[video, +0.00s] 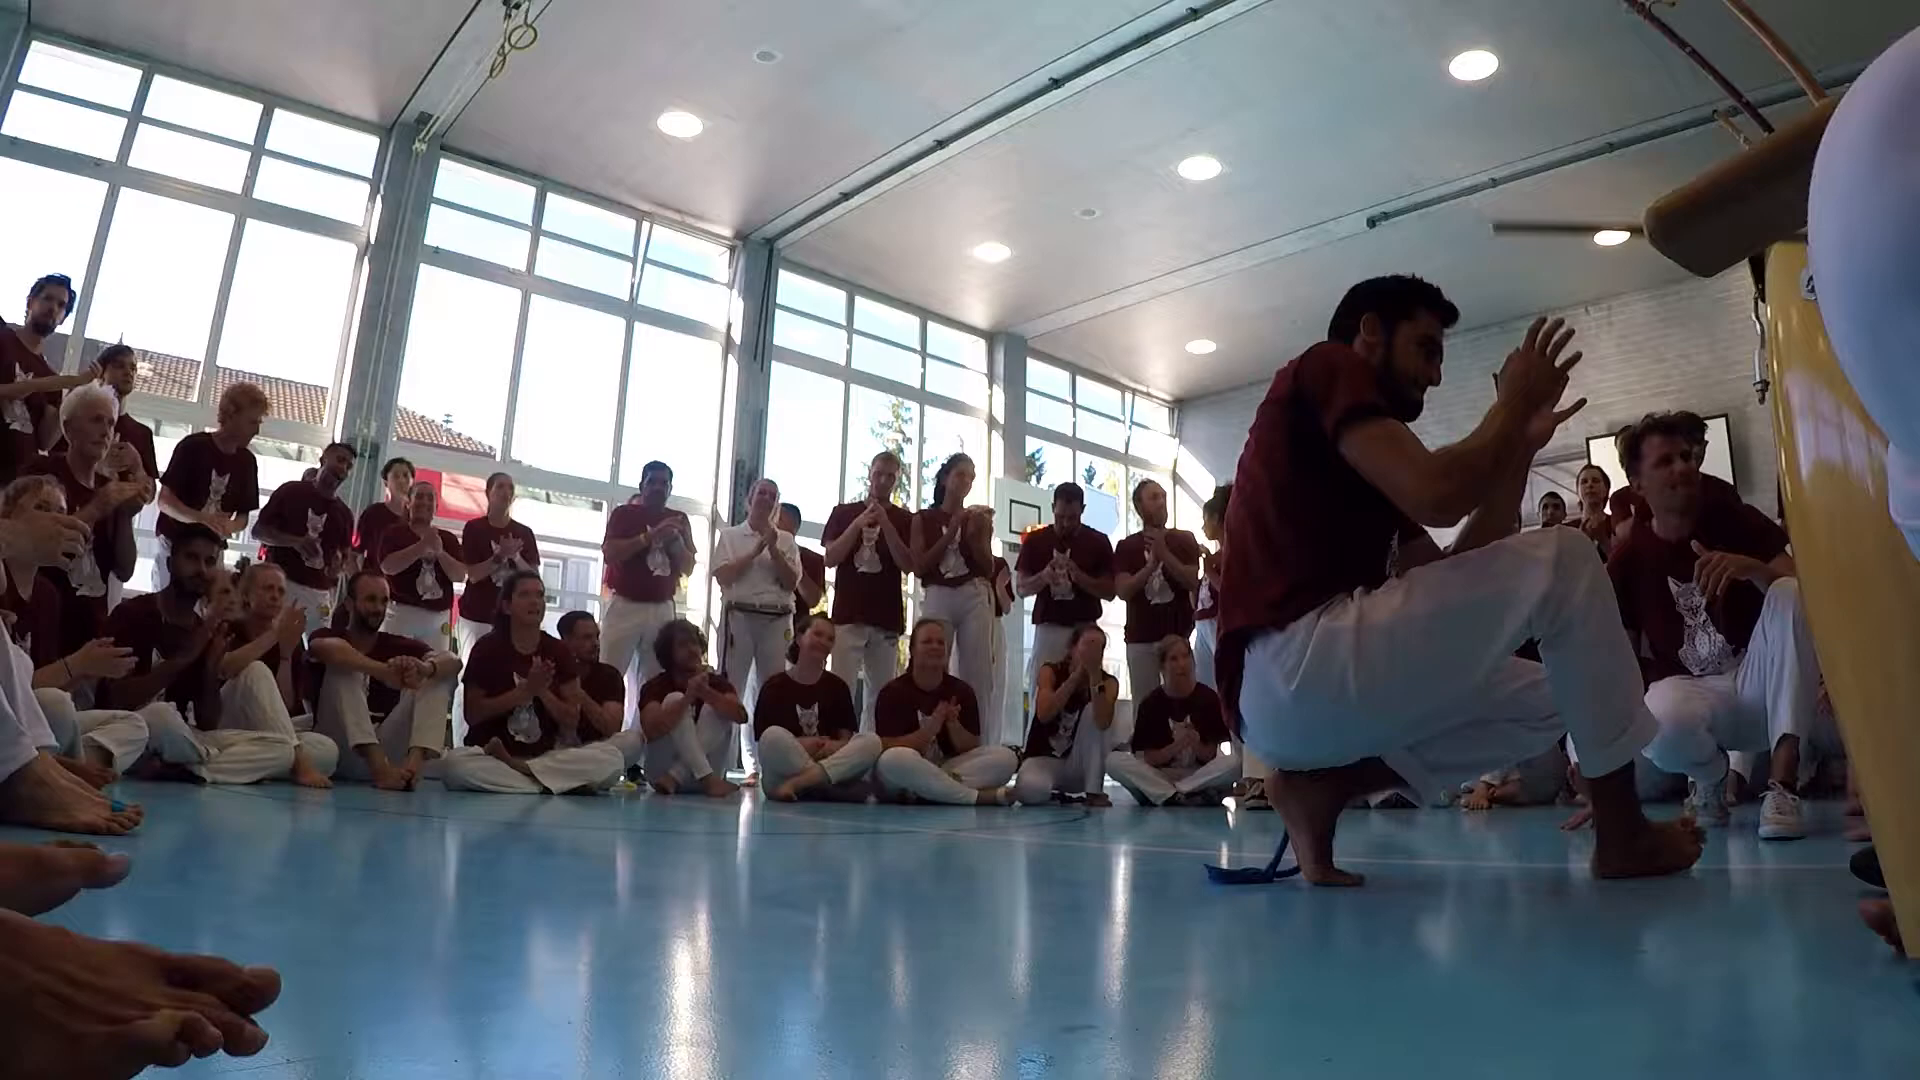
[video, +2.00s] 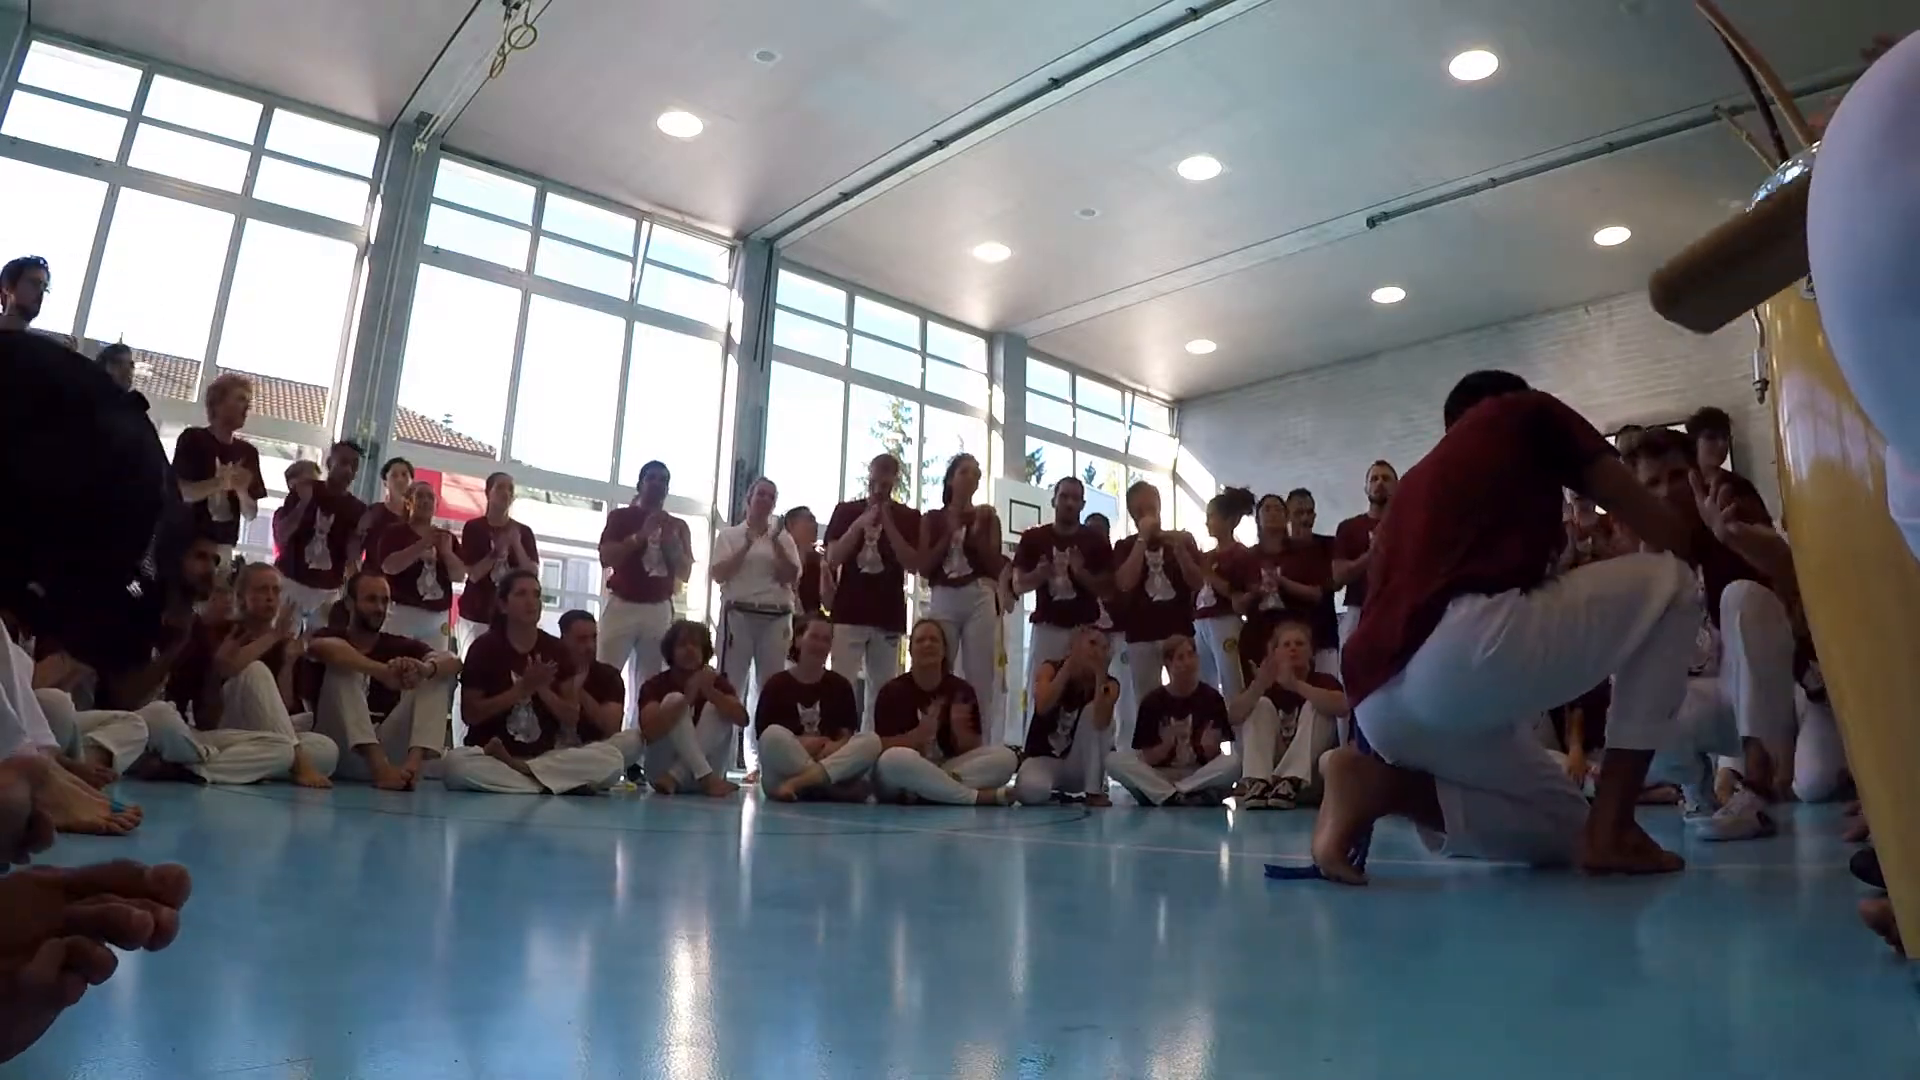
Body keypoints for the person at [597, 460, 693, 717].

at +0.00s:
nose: (658, 487)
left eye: (664, 483)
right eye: (653, 482)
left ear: (670, 487)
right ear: (642, 484)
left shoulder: (678, 519)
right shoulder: (623, 513)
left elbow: (688, 568)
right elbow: (610, 553)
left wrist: (675, 542)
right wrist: (650, 537)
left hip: (661, 609)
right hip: (623, 607)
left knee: (656, 686)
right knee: (606, 682)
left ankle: (650, 748)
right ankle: (598, 746)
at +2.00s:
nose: (657, 484)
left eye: (662, 480)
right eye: (651, 478)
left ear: (668, 487)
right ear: (640, 484)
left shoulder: (678, 526)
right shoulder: (620, 517)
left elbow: (685, 574)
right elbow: (607, 557)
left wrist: (672, 544)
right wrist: (640, 535)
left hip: (658, 610)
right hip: (620, 607)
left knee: (650, 688)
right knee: (605, 682)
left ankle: (645, 752)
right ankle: (598, 748)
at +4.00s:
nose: (659, 482)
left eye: (663, 478)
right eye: (653, 477)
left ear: (668, 485)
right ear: (639, 483)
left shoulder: (677, 524)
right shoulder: (619, 517)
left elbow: (685, 573)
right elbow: (609, 559)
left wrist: (673, 547)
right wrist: (640, 537)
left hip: (660, 609)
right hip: (622, 607)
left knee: (653, 687)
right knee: (605, 682)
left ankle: (646, 751)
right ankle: (600, 748)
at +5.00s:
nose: (660, 485)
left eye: (664, 480)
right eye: (654, 479)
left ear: (669, 487)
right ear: (641, 484)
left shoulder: (677, 526)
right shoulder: (620, 517)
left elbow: (684, 572)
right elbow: (611, 556)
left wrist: (670, 540)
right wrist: (645, 540)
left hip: (660, 610)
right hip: (622, 607)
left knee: (653, 686)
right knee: (606, 680)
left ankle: (647, 747)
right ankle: (598, 745)